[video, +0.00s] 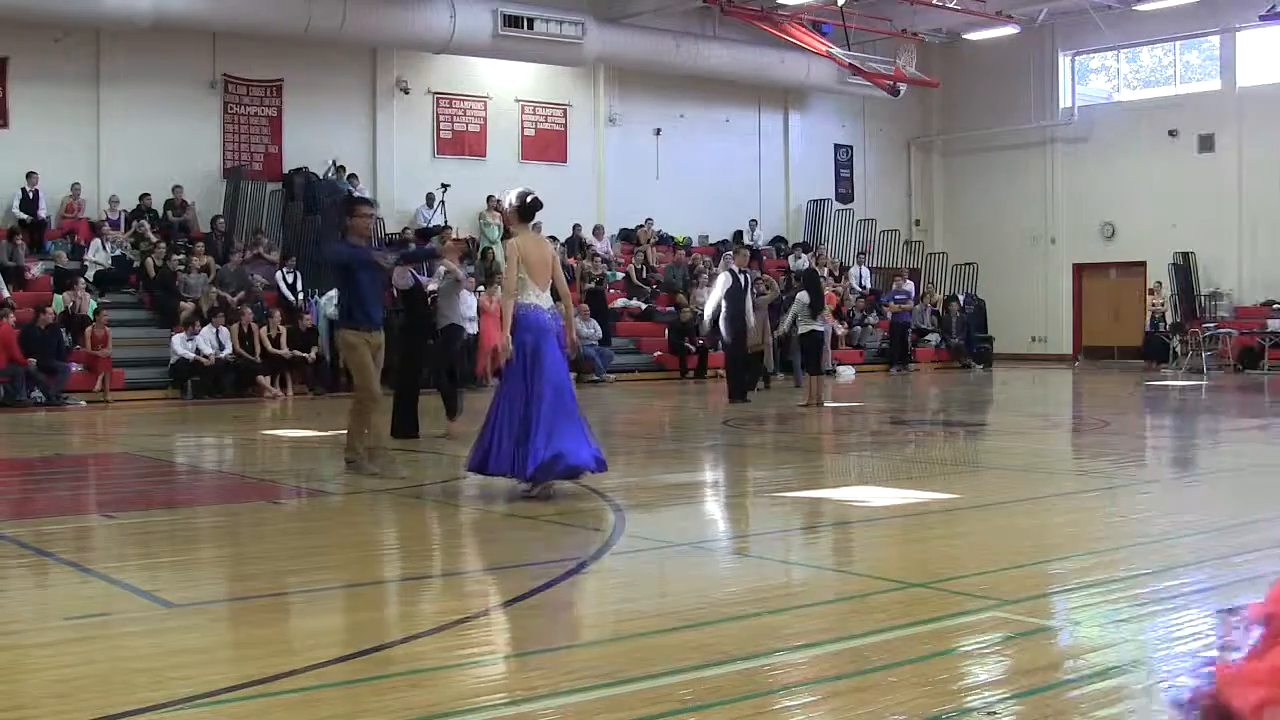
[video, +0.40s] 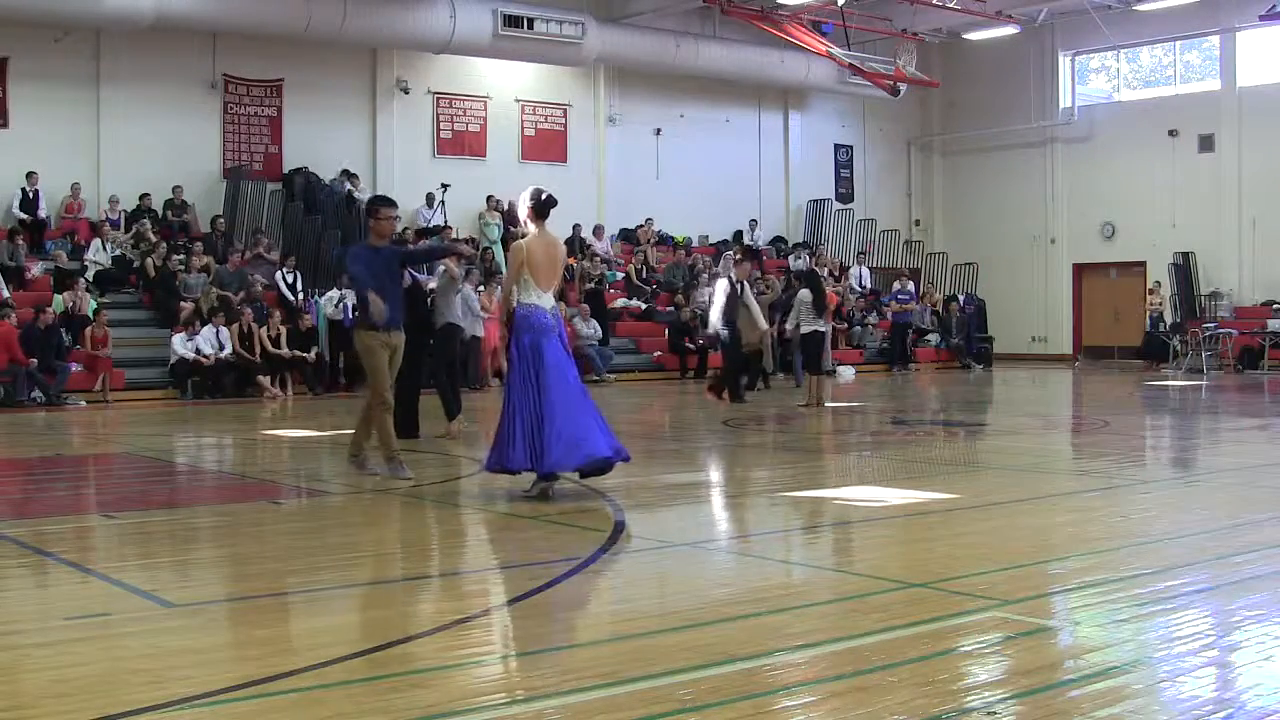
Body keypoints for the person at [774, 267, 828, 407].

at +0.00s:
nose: (800, 281)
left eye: (802, 279)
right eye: (801, 279)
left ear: (805, 280)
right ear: (817, 280)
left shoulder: (801, 296)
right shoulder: (820, 295)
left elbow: (792, 314)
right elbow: (825, 315)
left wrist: (782, 329)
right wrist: (836, 328)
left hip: (806, 332)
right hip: (819, 332)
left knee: (810, 368)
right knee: (817, 367)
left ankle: (811, 398)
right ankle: (819, 397)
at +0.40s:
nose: (801, 281)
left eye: (802, 279)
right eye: (802, 279)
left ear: (805, 279)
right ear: (817, 279)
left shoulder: (802, 294)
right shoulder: (822, 293)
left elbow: (795, 312)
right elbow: (823, 314)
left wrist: (789, 326)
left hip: (807, 331)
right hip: (820, 331)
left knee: (811, 367)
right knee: (818, 367)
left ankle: (811, 397)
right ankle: (820, 397)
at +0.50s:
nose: (801, 282)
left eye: (802, 279)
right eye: (802, 279)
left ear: (805, 279)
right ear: (817, 279)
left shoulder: (801, 293)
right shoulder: (822, 293)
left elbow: (792, 310)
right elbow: (822, 313)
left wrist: (789, 316)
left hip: (807, 331)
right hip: (820, 330)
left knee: (810, 367)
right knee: (818, 367)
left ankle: (811, 398)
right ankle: (820, 398)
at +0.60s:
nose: (800, 282)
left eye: (801, 279)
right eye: (800, 279)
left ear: (806, 279)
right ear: (817, 278)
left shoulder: (804, 291)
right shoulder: (822, 292)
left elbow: (786, 297)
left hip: (808, 331)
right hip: (820, 331)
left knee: (810, 368)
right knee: (817, 368)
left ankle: (811, 398)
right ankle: (820, 398)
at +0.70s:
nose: (804, 283)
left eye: (805, 279)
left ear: (808, 279)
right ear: (818, 278)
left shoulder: (808, 290)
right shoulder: (826, 292)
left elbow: (793, 281)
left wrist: (792, 276)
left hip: (807, 330)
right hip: (821, 330)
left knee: (802, 364)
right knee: (818, 367)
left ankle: (806, 396)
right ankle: (821, 398)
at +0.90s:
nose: (807, 281)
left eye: (808, 279)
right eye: (807, 278)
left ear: (811, 281)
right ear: (822, 280)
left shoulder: (809, 292)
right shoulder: (828, 295)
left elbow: (804, 274)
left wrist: (799, 257)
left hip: (807, 330)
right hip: (821, 331)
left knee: (795, 359)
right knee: (820, 367)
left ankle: (795, 392)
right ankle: (821, 398)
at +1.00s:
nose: (808, 282)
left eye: (809, 280)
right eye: (809, 279)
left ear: (812, 281)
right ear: (824, 282)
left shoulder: (809, 292)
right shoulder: (828, 296)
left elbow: (805, 272)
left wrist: (808, 256)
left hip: (805, 330)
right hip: (820, 331)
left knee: (791, 360)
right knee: (820, 367)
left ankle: (794, 393)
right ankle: (821, 398)